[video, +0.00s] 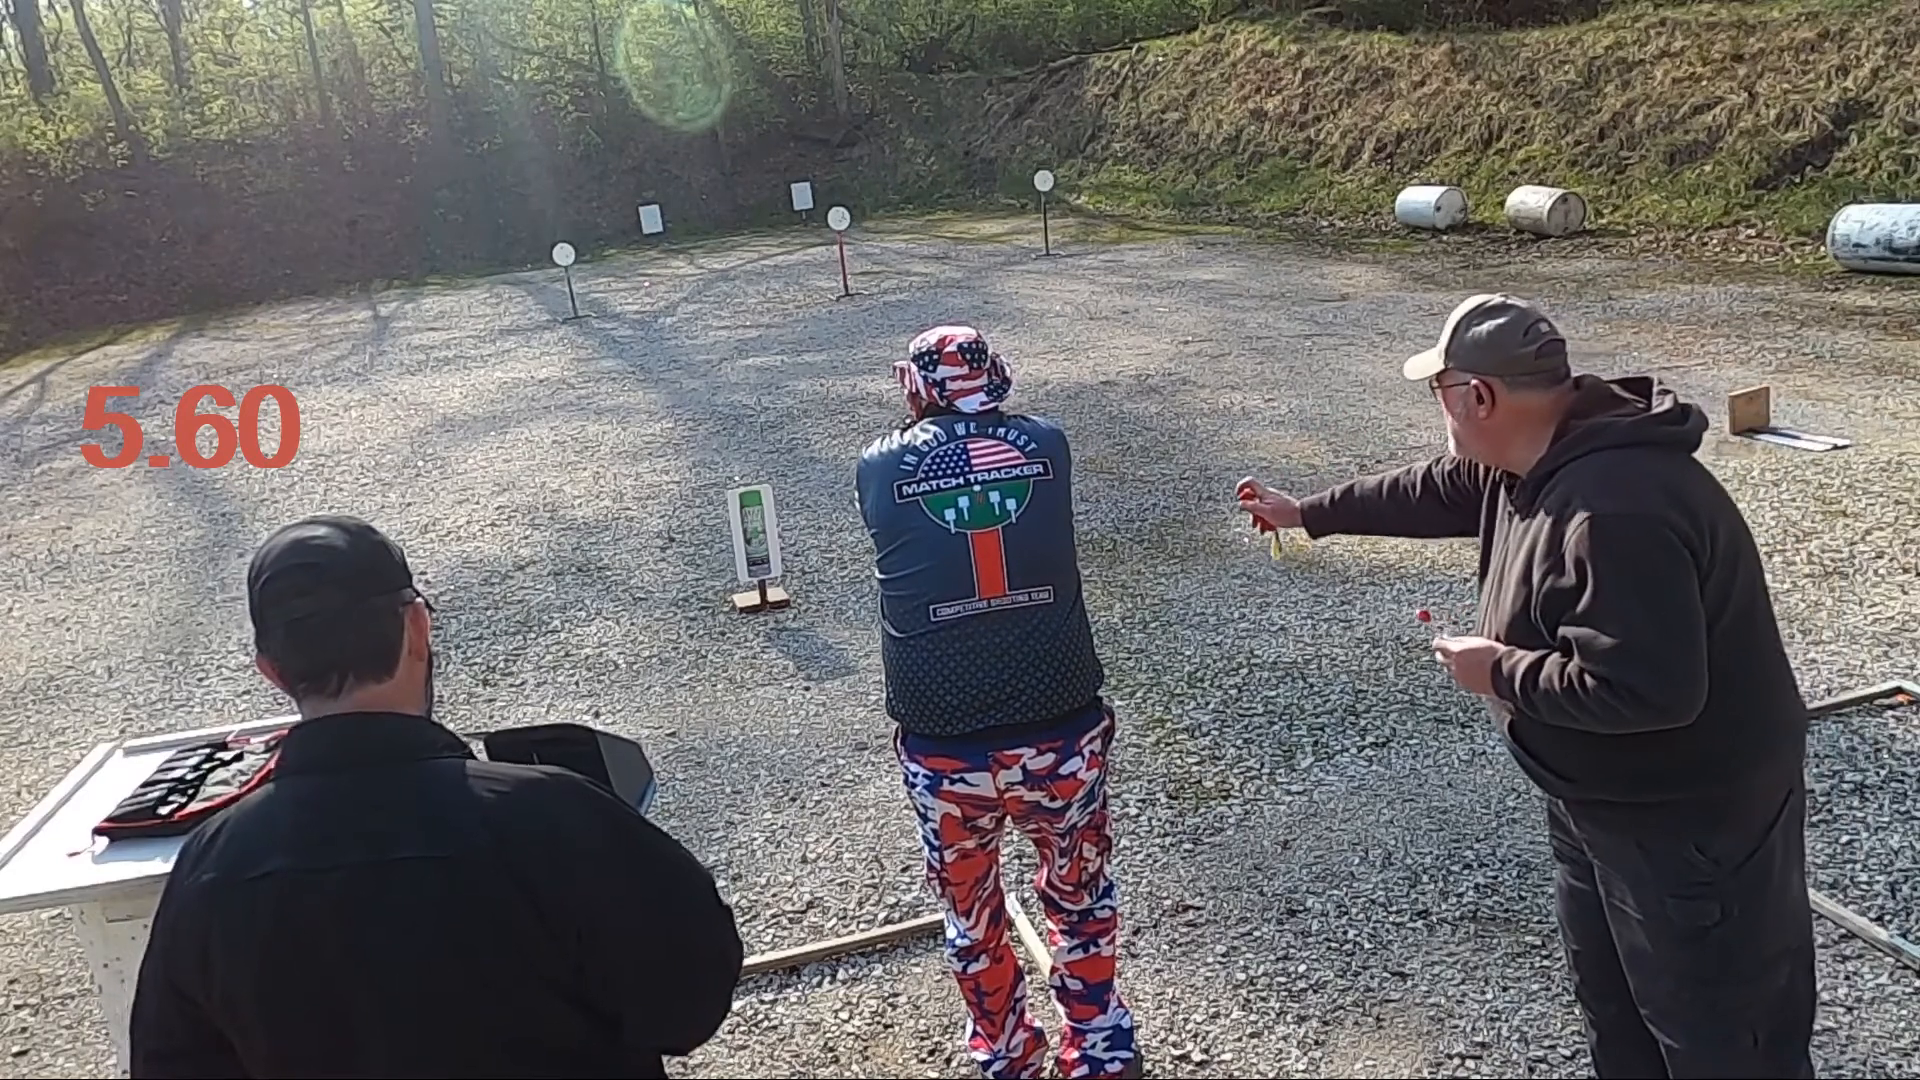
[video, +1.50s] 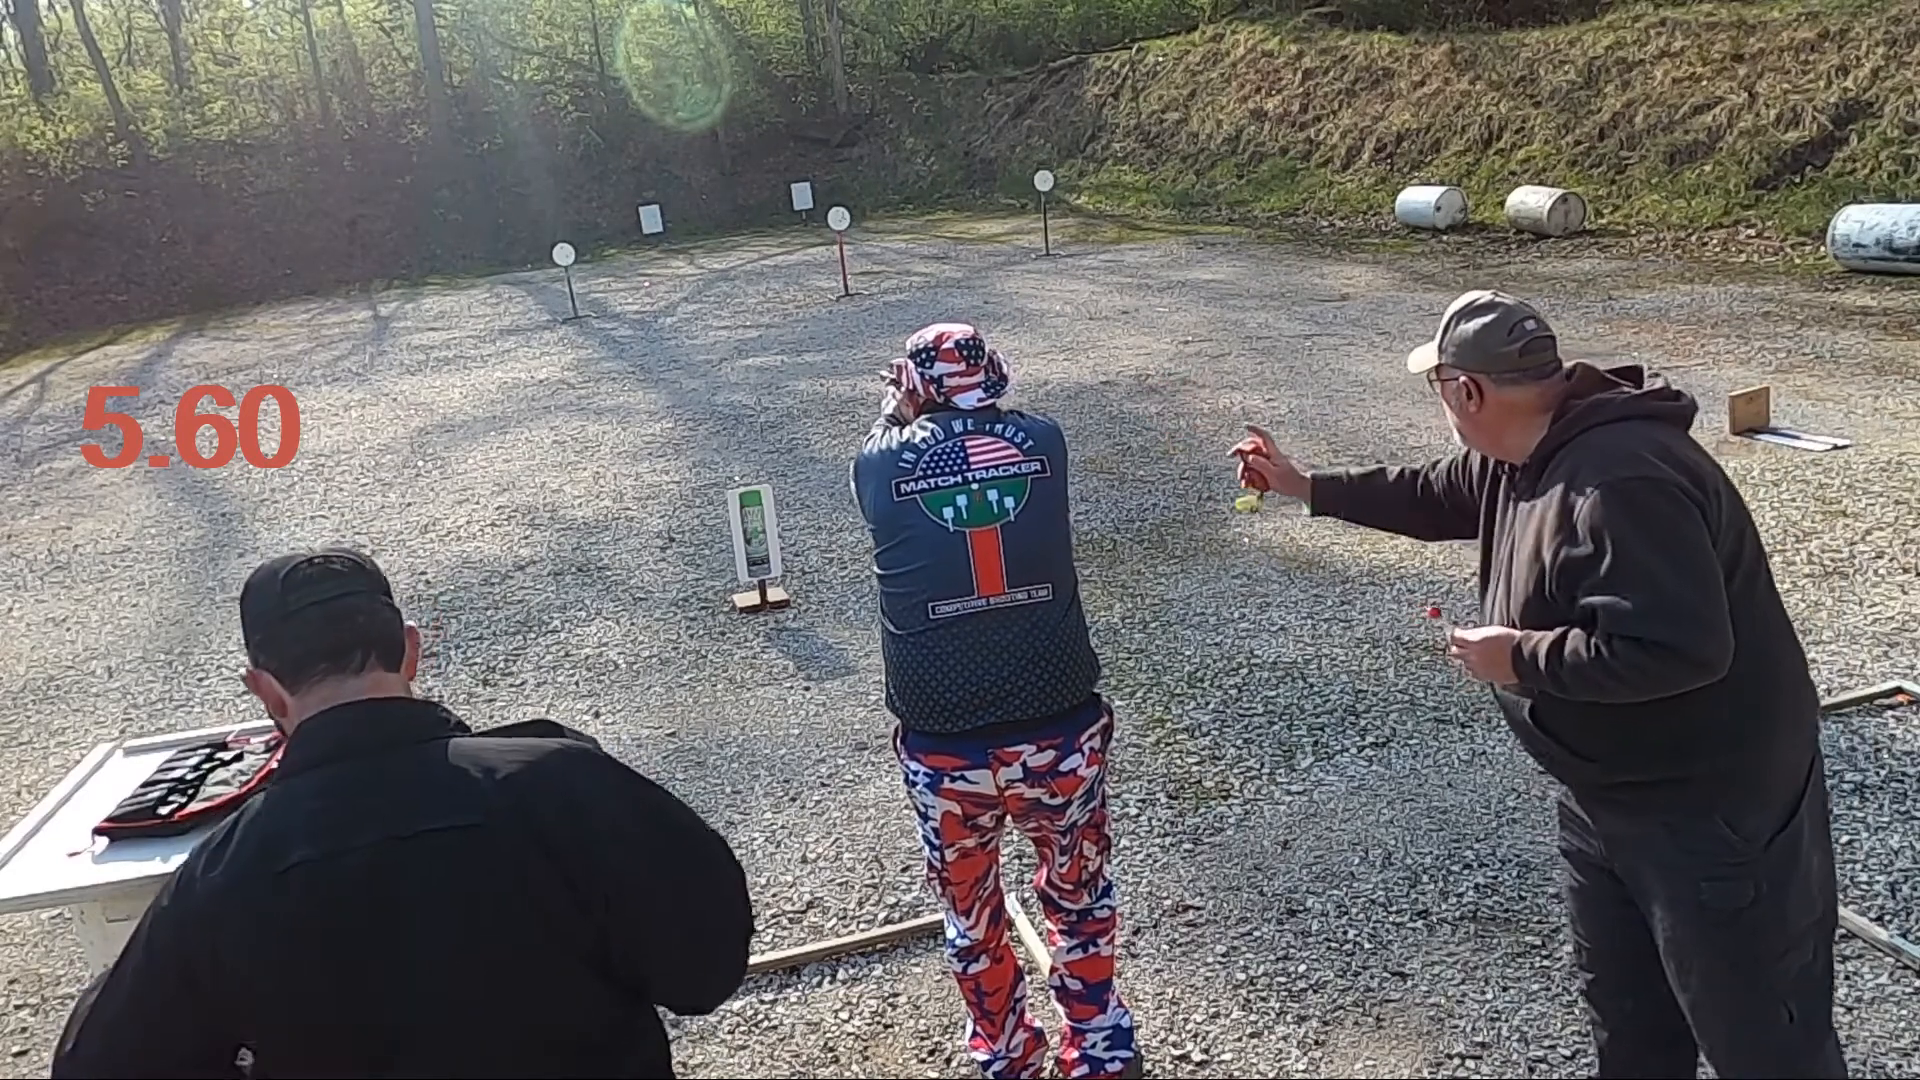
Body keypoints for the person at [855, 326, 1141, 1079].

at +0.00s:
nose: (904, 398)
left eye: (907, 389)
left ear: (915, 397)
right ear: (997, 388)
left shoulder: (878, 470)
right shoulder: (1047, 443)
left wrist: (932, 421)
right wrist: (947, 416)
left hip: (944, 749)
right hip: (1062, 735)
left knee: (972, 908)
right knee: (1080, 897)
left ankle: (1006, 1058)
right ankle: (1102, 1056)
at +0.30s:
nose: (904, 398)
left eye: (907, 389)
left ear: (916, 397)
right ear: (996, 388)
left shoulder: (878, 470)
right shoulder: (1046, 442)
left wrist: (931, 420)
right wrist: (945, 414)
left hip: (944, 747)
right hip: (1062, 734)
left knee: (972, 906)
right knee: (1080, 896)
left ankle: (1005, 1058)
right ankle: (1102, 1056)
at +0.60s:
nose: (905, 398)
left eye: (907, 389)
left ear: (916, 397)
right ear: (996, 389)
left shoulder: (878, 470)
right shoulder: (1046, 442)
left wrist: (929, 419)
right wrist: (944, 414)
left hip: (944, 748)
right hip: (1062, 735)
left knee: (972, 907)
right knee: (1080, 896)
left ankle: (1005, 1058)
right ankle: (1102, 1056)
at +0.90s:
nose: (904, 399)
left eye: (906, 390)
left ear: (916, 397)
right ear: (996, 389)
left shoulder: (878, 469)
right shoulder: (1045, 443)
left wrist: (930, 422)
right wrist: (944, 416)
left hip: (944, 749)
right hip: (1062, 735)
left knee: (972, 907)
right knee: (1080, 896)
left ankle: (1005, 1058)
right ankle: (1102, 1056)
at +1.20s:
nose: (903, 399)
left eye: (905, 390)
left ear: (915, 398)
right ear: (996, 389)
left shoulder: (877, 470)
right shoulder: (1045, 443)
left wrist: (931, 423)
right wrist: (945, 418)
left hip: (943, 749)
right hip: (1062, 735)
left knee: (971, 907)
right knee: (1079, 896)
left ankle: (1005, 1057)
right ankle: (1102, 1056)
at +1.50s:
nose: (904, 399)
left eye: (909, 389)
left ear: (913, 399)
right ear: (994, 388)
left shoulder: (878, 469)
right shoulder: (1043, 441)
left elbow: (883, 450)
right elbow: (985, 433)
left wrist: (900, 409)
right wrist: (939, 403)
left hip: (943, 746)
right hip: (1062, 732)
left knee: (972, 909)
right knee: (1079, 897)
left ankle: (1006, 1058)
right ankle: (1101, 1055)